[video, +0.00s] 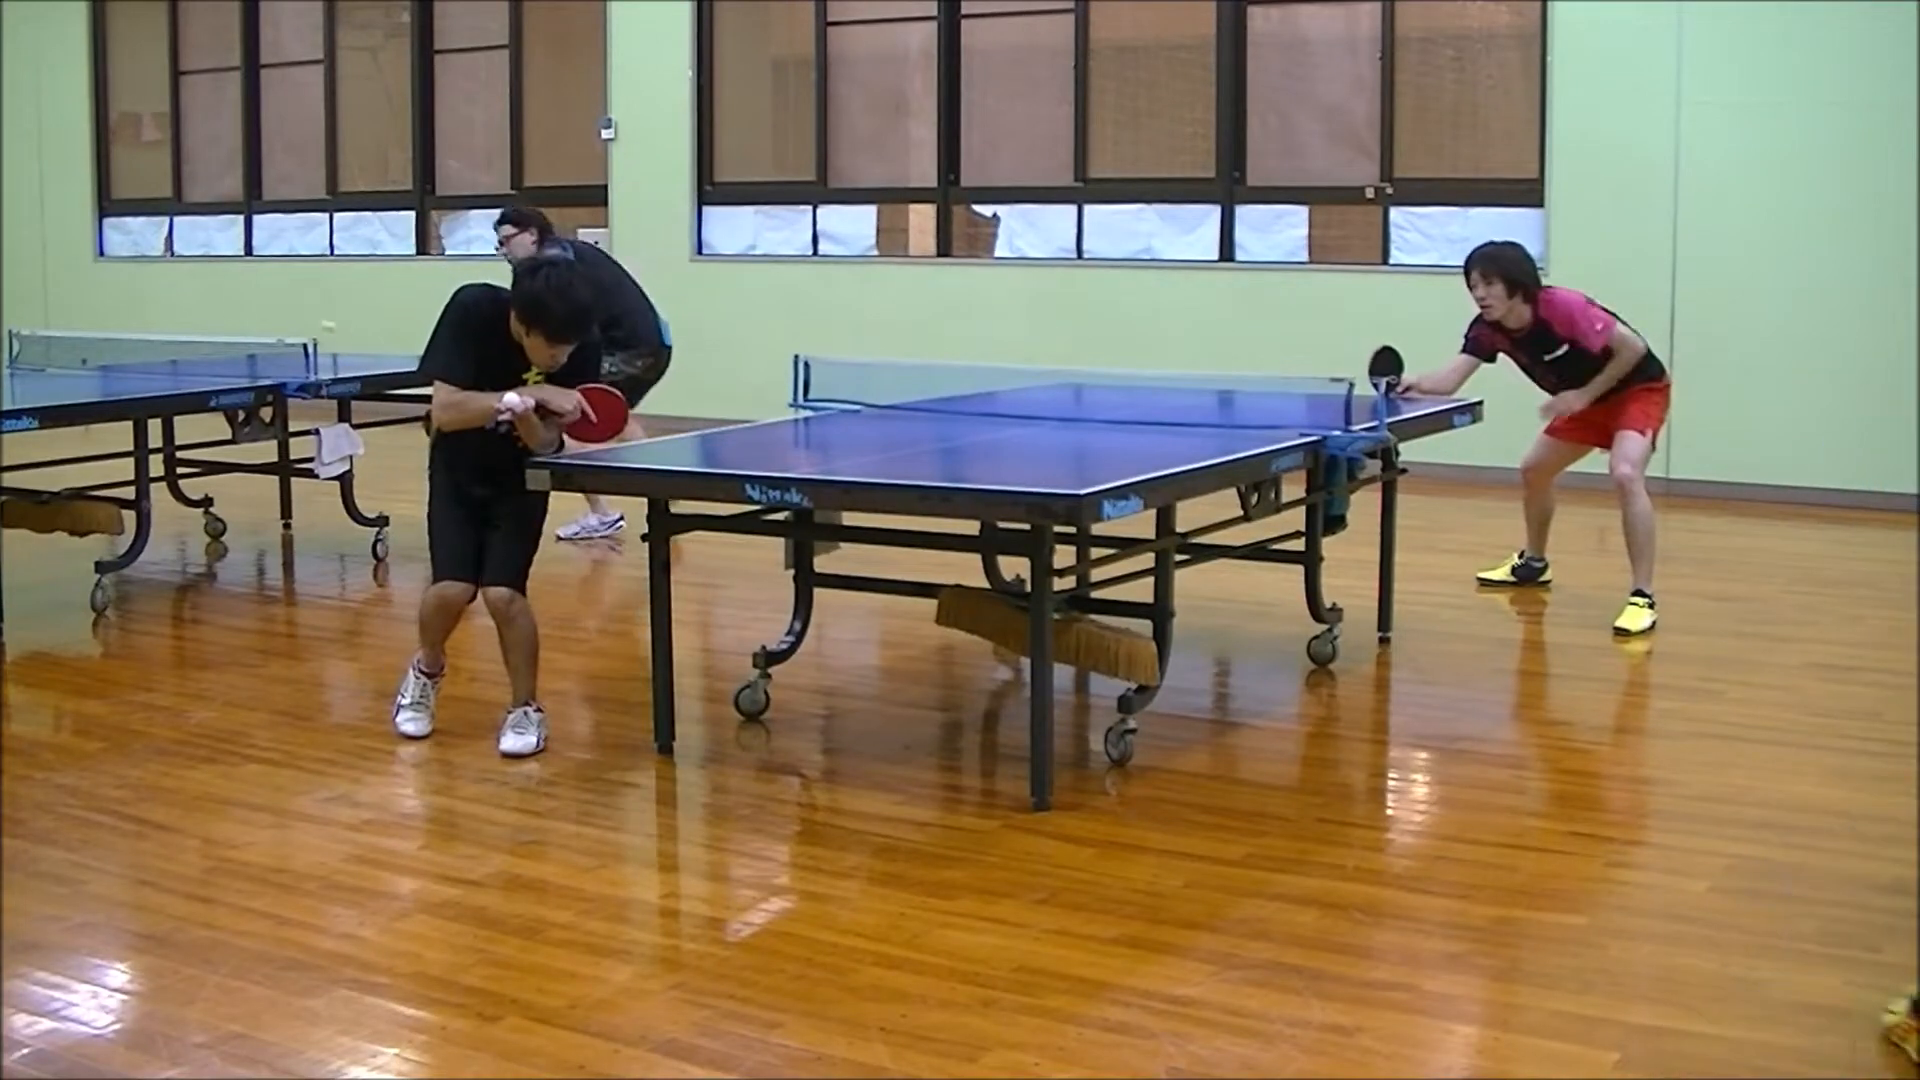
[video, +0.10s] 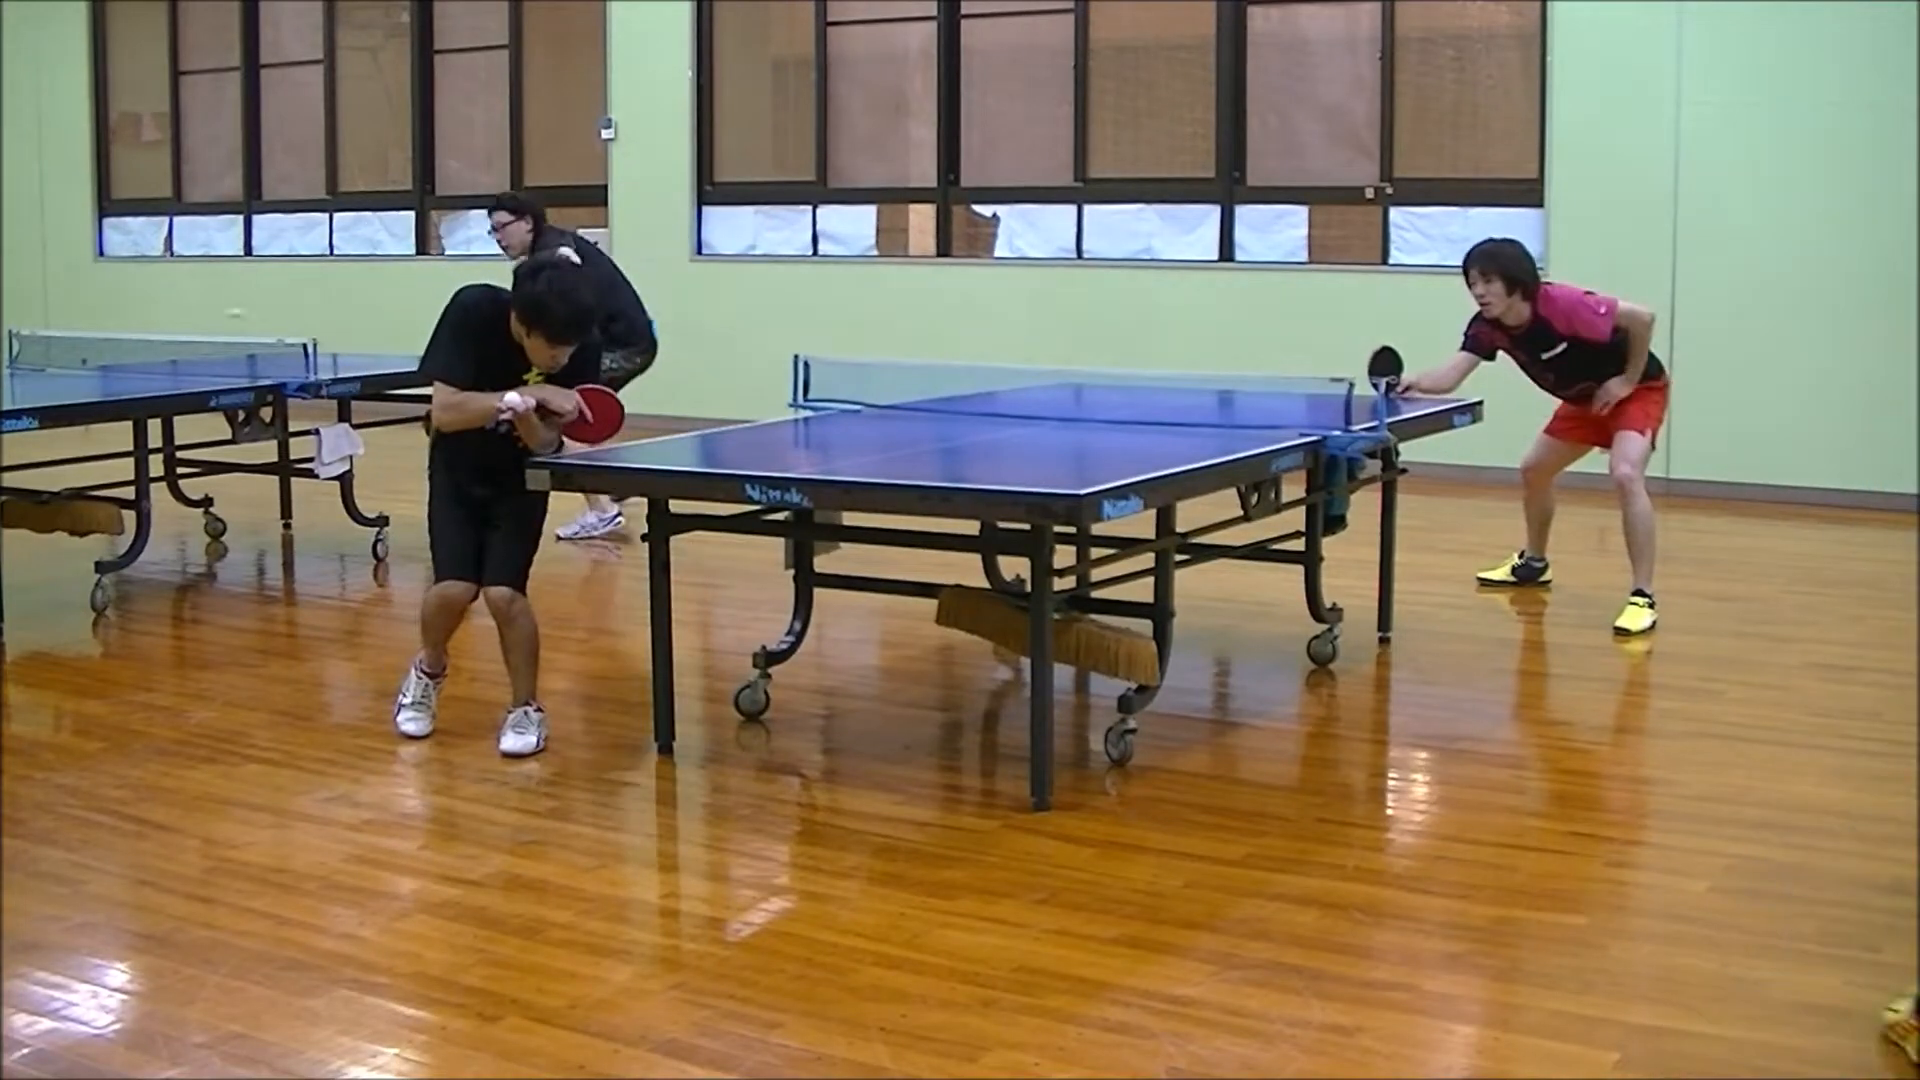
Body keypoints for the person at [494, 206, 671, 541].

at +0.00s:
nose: (502, 250)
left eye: (507, 240)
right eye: (500, 243)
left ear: (532, 235)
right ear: (535, 237)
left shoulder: (548, 266)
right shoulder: (563, 250)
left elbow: (583, 337)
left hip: (637, 349)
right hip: (644, 345)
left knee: (576, 420)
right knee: (609, 413)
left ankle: (601, 513)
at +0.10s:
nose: (496, 236)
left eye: (502, 227)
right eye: (494, 229)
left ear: (527, 223)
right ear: (525, 226)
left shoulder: (554, 256)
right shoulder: (547, 246)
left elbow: (563, 317)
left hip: (628, 345)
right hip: (608, 339)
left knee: (564, 414)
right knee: (563, 409)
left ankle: (601, 509)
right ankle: (610, 496)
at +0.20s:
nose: (495, 225)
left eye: (501, 215)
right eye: (492, 217)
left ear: (527, 211)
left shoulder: (554, 236)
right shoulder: (536, 244)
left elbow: (587, 274)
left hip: (618, 339)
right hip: (592, 336)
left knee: (568, 409)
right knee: (555, 408)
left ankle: (596, 507)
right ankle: (592, 505)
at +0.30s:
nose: (497, 222)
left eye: (503, 213)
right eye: (494, 215)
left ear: (529, 210)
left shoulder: (561, 235)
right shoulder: (527, 247)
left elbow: (597, 282)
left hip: (609, 337)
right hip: (574, 335)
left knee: (581, 417)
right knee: (555, 411)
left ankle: (598, 509)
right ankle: (561, 482)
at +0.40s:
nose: (497, 223)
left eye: (503, 215)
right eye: (494, 217)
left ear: (530, 213)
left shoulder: (563, 235)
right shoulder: (520, 256)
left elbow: (607, 289)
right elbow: (526, 306)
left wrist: (571, 321)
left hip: (608, 331)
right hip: (563, 336)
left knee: (598, 405)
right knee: (553, 409)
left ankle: (602, 497)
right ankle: (557, 483)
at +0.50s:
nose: (495, 222)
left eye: (502, 214)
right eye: (492, 215)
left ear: (528, 213)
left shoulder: (564, 234)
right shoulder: (514, 254)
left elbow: (613, 284)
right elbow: (517, 305)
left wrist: (574, 321)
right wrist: (530, 334)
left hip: (610, 320)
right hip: (563, 327)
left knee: (608, 396)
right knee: (551, 402)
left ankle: (633, 492)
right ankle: (556, 482)